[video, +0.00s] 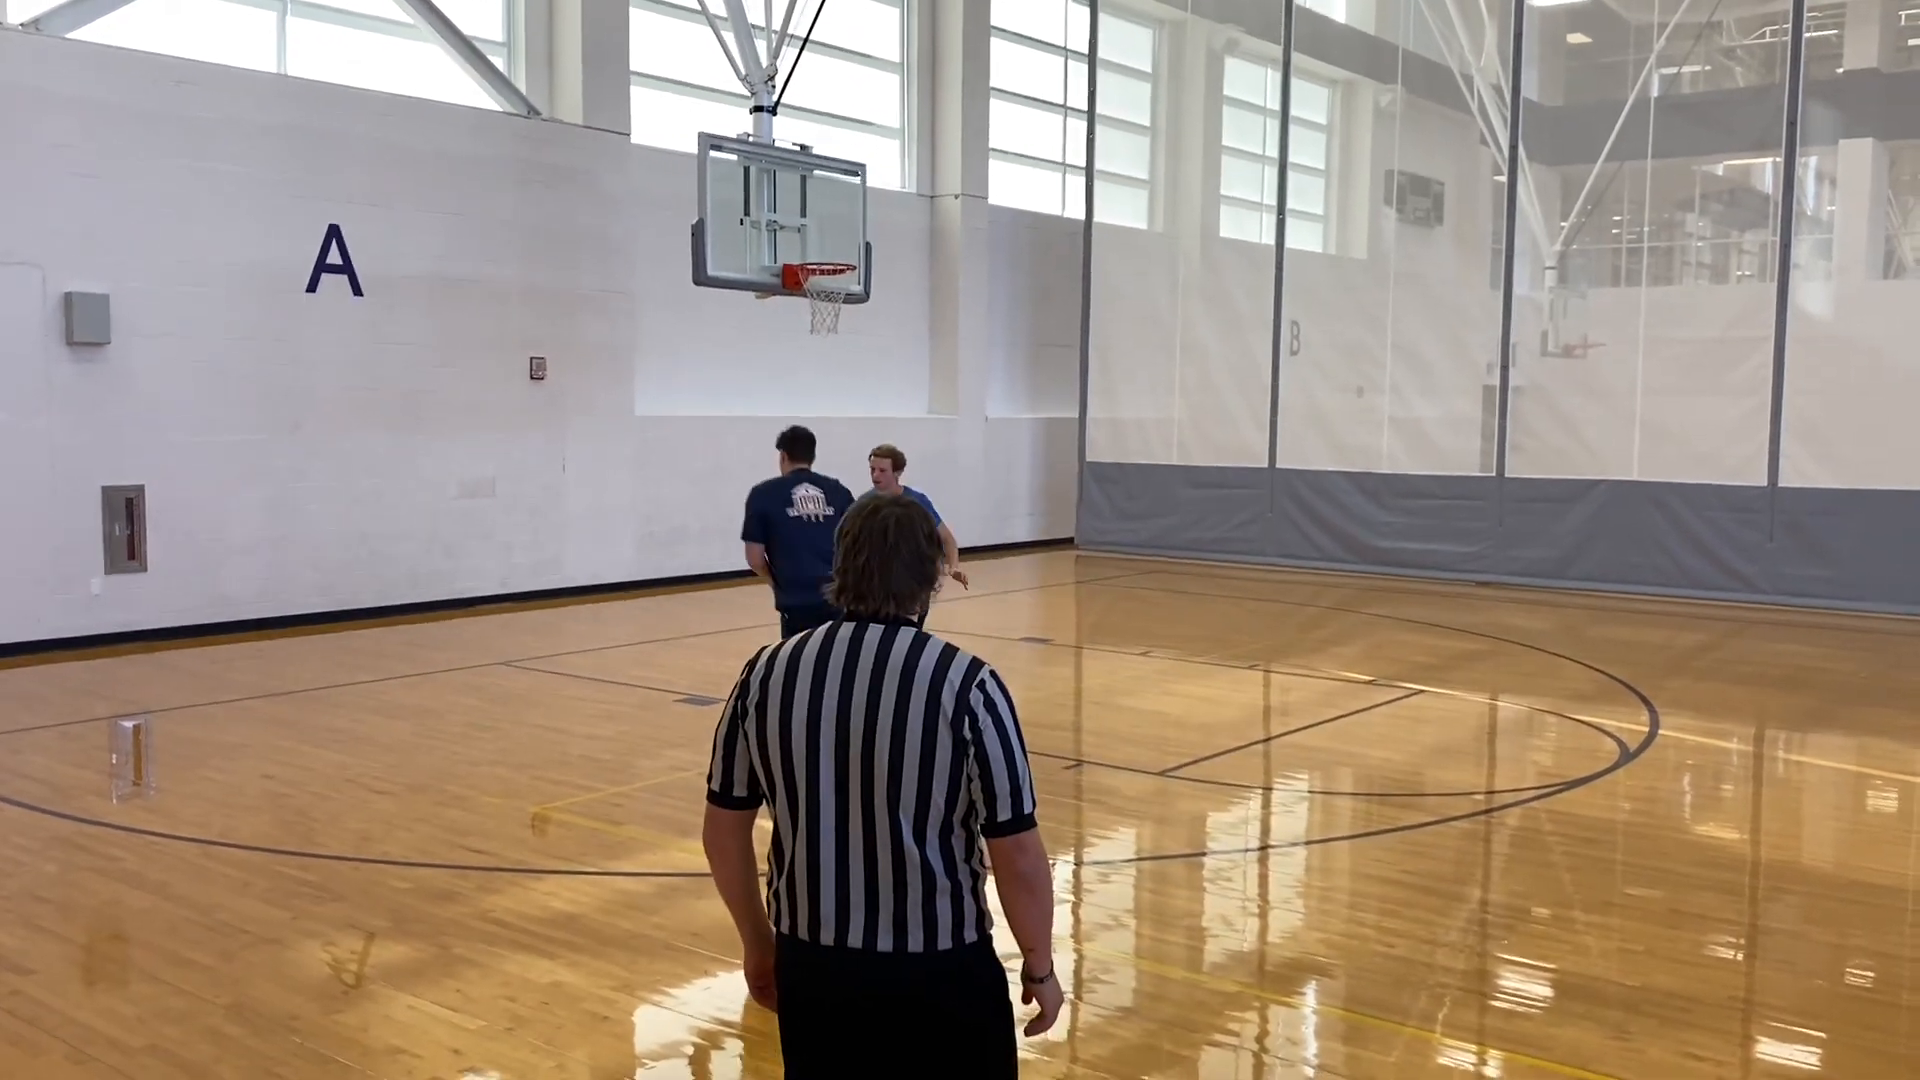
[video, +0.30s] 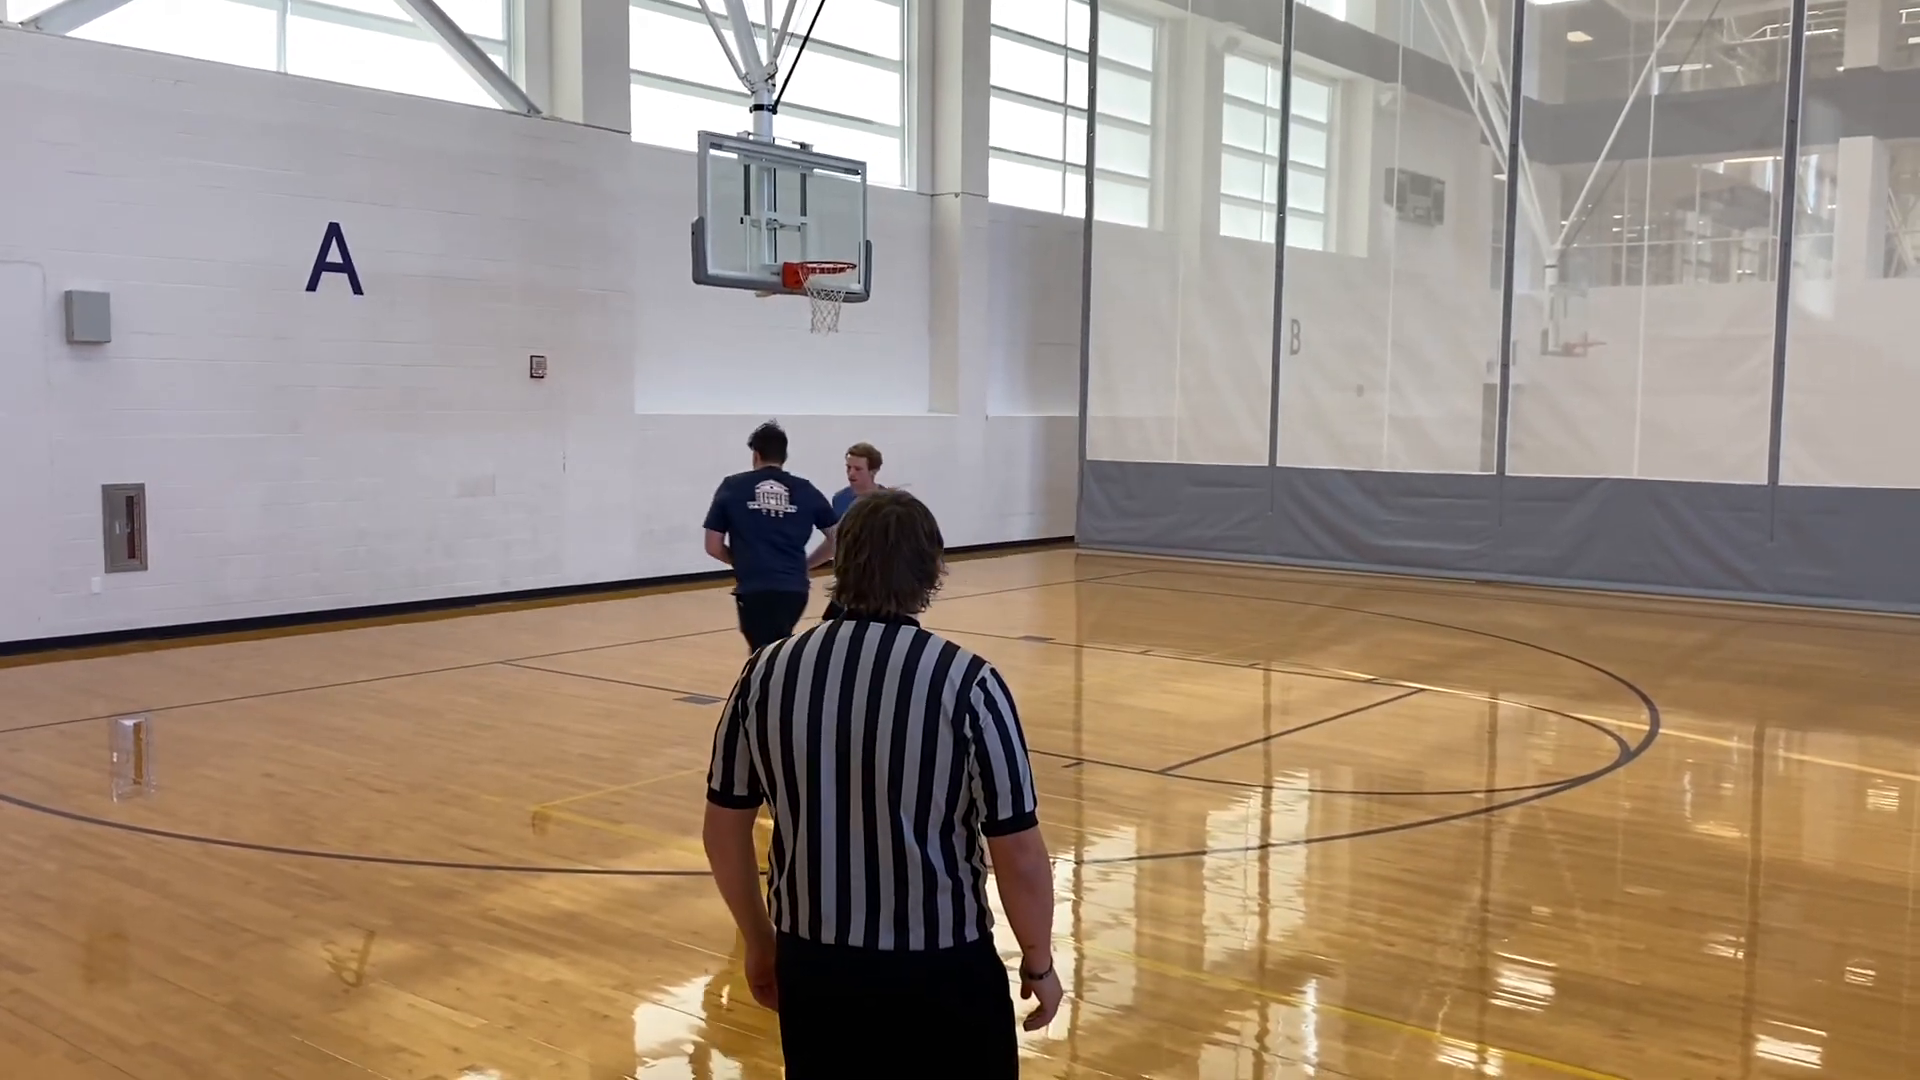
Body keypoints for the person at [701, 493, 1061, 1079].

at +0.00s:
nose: (942, 575)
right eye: (938, 562)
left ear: (842, 564)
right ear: (930, 575)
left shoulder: (768, 669)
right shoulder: (968, 683)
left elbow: (723, 828)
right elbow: (1016, 853)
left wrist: (756, 940)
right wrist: (1039, 963)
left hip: (812, 976)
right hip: (945, 978)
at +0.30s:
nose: (940, 571)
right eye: (936, 559)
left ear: (842, 563)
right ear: (929, 570)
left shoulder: (767, 669)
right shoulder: (968, 682)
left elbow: (723, 827)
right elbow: (1018, 853)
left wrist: (758, 939)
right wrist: (1038, 957)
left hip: (813, 974)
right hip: (946, 977)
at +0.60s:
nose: (939, 573)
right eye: (935, 561)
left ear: (841, 564)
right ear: (929, 572)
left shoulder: (768, 671)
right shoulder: (969, 682)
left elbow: (724, 826)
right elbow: (1019, 851)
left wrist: (757, 940)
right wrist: (1037, 953)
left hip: (815, 974)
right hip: (948, 977)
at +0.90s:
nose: (938, 570)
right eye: (934, 558)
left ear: (841, 566)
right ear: (928, 569)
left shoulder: (765, 670)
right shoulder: (968, 682)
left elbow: (721, 829)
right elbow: (1018, 853)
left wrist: (754, 939)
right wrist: (1032, 949)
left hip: (812, 974)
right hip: (945, 976)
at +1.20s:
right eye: (934, 557)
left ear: (842, 563)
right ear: (929, 569)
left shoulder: (766, 670)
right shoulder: (969, 681)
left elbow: (721, 830)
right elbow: (1020, 854)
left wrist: (755, 939)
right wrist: (1027, 942)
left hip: (813, 973)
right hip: (945, 975)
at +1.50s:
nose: (939, 570)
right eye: (935, 557)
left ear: (841, 564)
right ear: (931, 569)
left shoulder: (765, 671)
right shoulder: (970, 680)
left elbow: (721, 830)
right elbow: (1021, 853)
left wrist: (756, 937)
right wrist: (1024, 938)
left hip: (813, 973)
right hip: (947, 976)